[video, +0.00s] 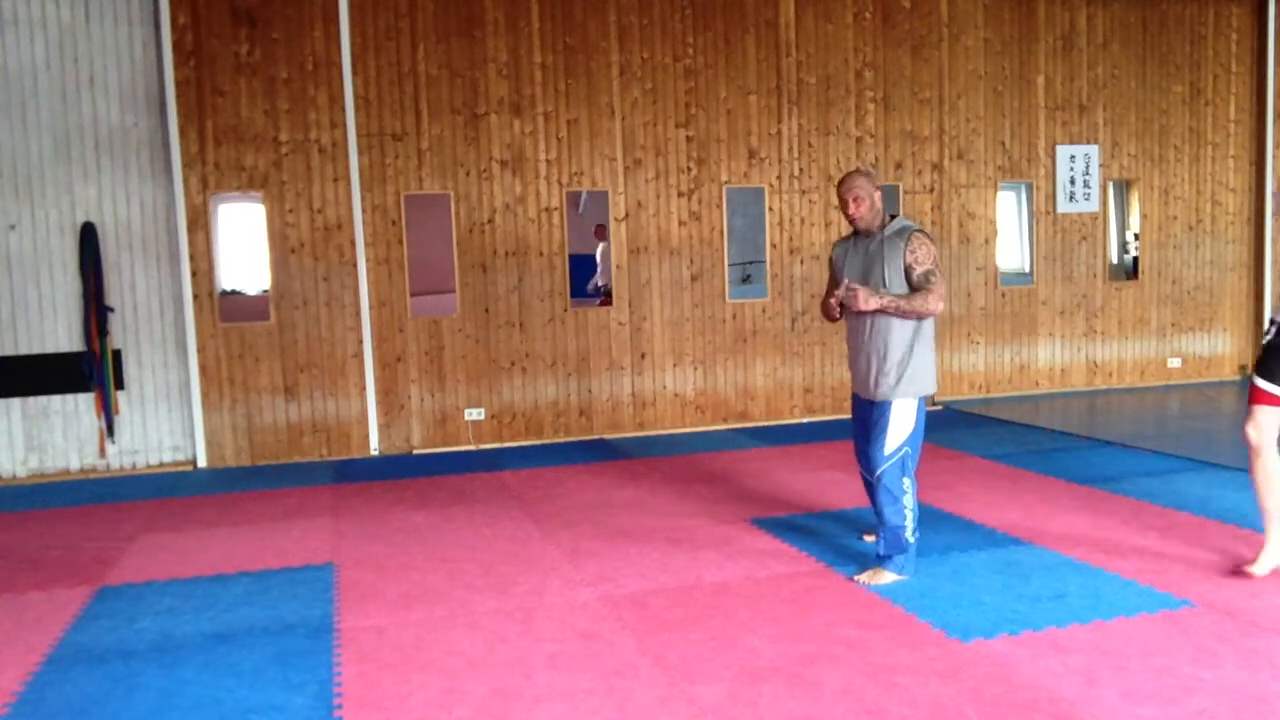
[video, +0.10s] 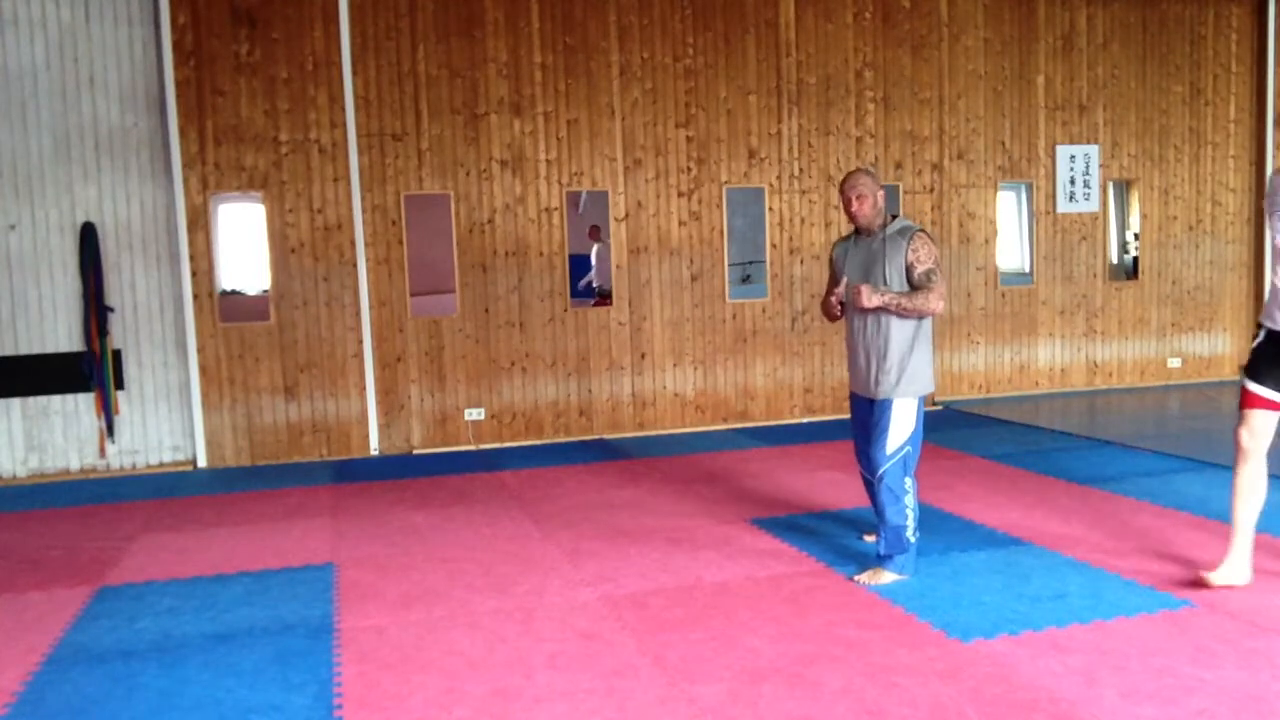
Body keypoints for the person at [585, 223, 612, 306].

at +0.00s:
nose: (594, 235)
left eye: (596, 232)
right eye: (594, 232)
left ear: (602, 232)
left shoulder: (604, 247)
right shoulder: (600, 247)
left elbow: (603, 269)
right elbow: (600, 269)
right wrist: (593, 282)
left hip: (607, 289)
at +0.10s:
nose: (588, 236)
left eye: (590, 233)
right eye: (588, 233)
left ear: (597, 232)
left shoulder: (606, 246)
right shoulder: (595, 247)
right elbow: (596, 269)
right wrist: (584, 281)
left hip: (607, 287)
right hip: (599, 287)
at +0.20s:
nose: (582, 237)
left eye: (584, 234)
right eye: (582, 234)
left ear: (591, 234)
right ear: (593, 234)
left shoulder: (592, 250)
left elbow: (590, 271)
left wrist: (578, 281)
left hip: (595, 288)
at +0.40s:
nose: (569, 240)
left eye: (570, 237)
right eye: (568, 237)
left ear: (576, 236)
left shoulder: (586, 249)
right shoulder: (575, 250)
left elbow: (595, 266)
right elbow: (575, 268)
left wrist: (598, 287)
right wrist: (572, 284)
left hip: (587, 289)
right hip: (577, 288)